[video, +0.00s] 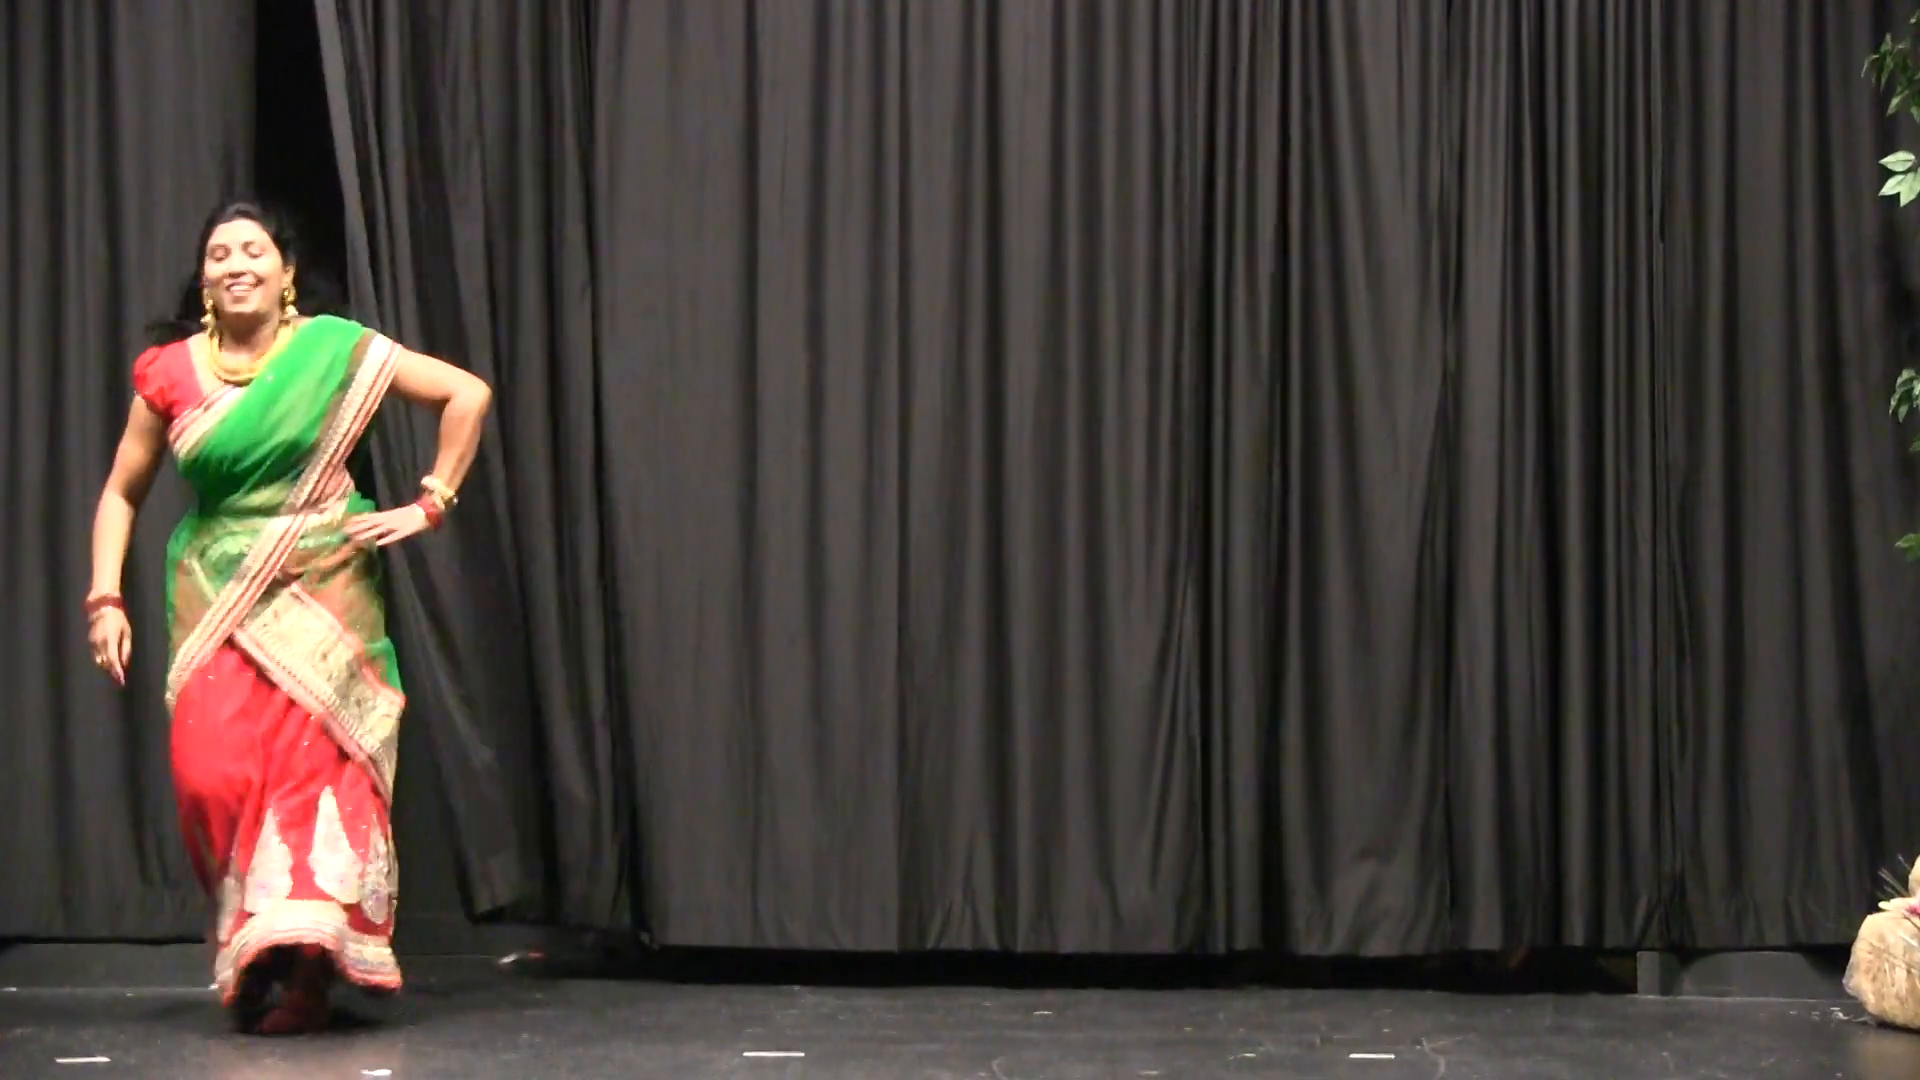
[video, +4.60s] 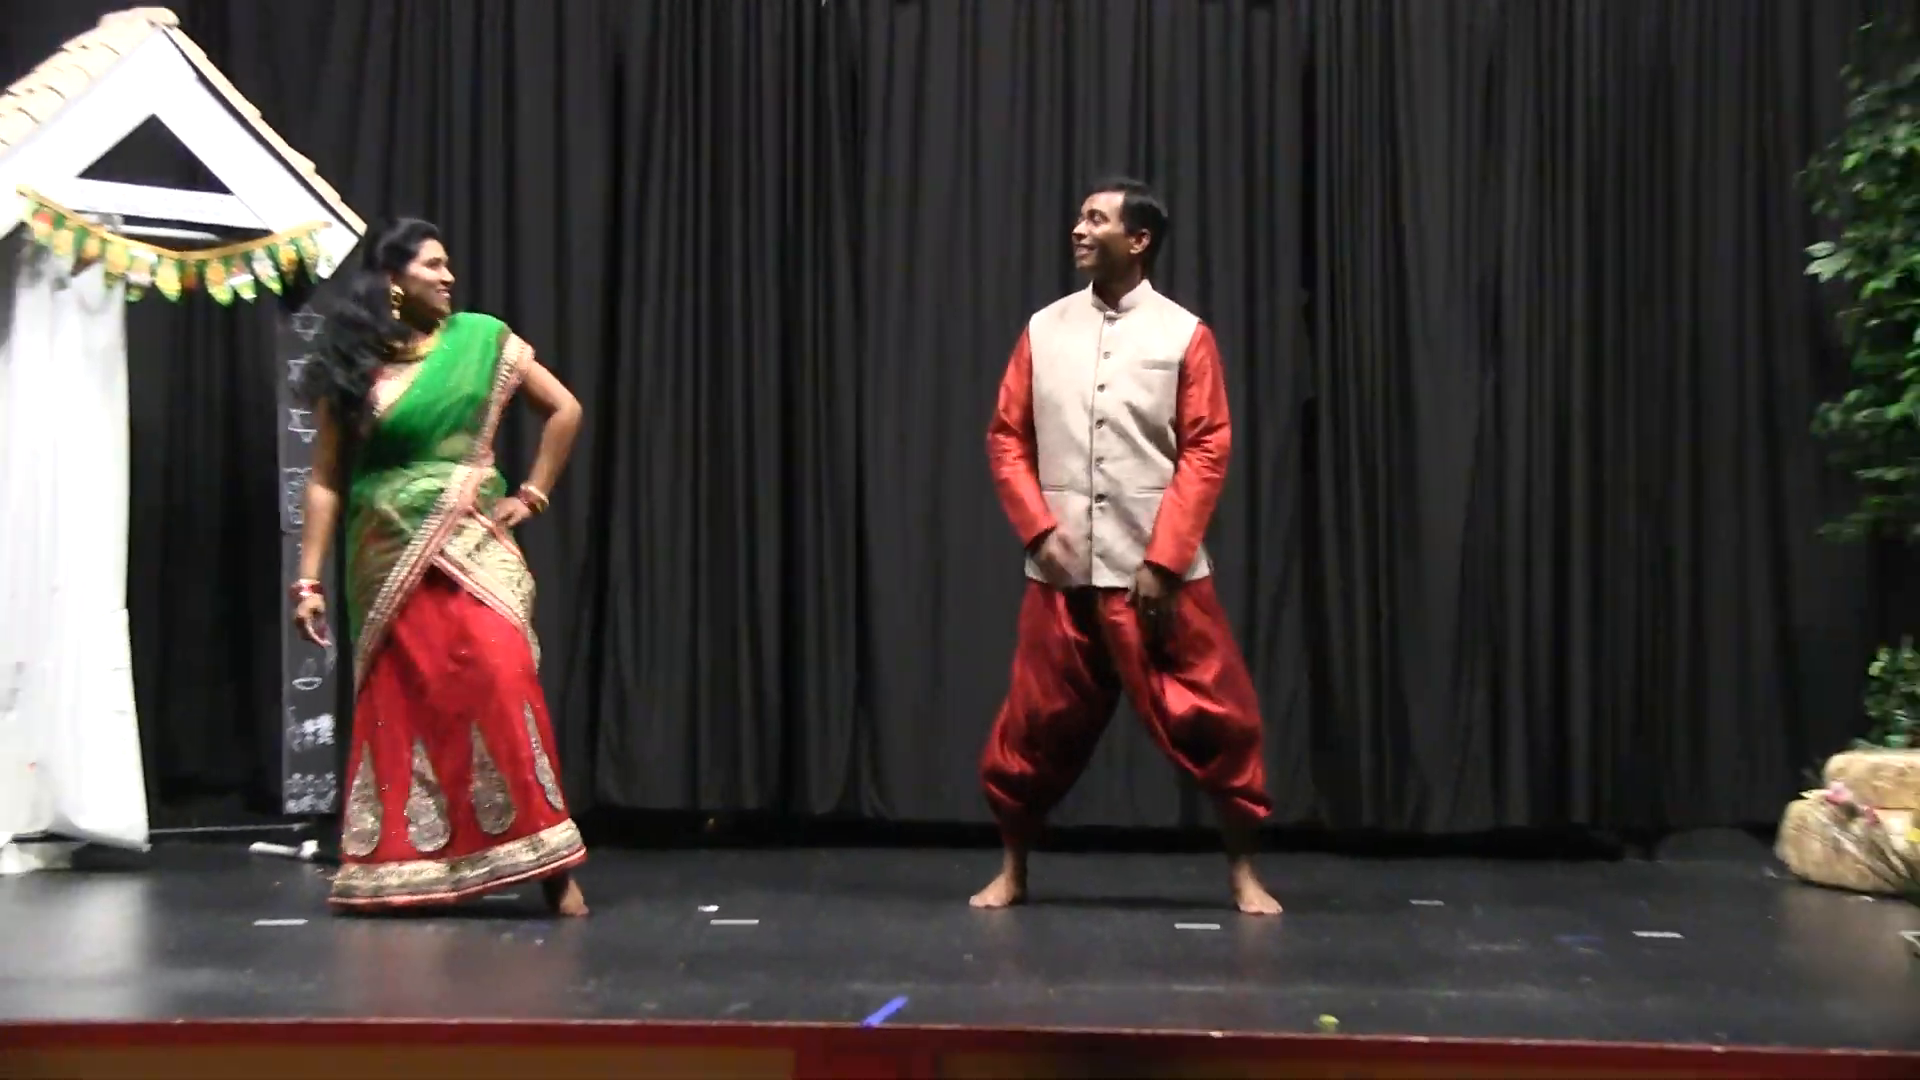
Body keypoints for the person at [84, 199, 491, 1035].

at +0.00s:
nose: (237, 264)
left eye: (254, 251)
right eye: (222, 253)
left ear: (286, 271)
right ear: (201, 278)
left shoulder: (335, 345)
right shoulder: (172, 371)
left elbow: (468, 392)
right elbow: (121, 491)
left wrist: (434, 500)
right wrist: (105, 597)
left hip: (324, 574)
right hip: (218, 580)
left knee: (313, 762)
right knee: (210, 773)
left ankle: (301, 963)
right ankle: (255, 944)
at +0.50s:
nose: (128, 281)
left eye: (143, 263)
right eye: (108, 266)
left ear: (175, 257)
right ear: (80, 267)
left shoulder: (224, 318)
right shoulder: (49, 352)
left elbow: (359, 391)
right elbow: (18, 488)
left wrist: (315, 499)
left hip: (215, 574)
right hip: (102, 581)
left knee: (192, 772)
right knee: (101, 776)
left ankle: (187, 988)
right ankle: (126, 1011)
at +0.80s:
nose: (44, 233)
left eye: (63, 214)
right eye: (25, 217)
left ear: (98, 221)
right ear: (2, 229)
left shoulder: (149, 302)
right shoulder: (4, 319)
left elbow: (280, 390)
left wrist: (230, 503)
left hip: (129, 567)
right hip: (23, 575)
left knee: (125, 778)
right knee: (27, 781)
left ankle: (123, 1005)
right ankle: (31, 1004)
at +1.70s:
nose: (92, 173)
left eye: (109, 159)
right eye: (71, 158)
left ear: (133, 183)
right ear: (35, 183)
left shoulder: (181, 261)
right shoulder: (11, 309)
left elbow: (325, 329)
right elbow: (1, 465)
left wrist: (282, 446)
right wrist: (0, 601)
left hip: (189, 539)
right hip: (70, 557)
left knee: (210, 757)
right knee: (86, 775)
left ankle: (259, 999)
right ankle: (102, 1012)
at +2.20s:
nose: (244, 190)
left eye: (239, 173)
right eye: (227, 177)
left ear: (215, 187)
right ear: (178, 197)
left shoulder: (265, 259)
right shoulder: (126, 320)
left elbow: (363, 321)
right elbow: (129, 492)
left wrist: (373, 431)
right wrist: (155, 632)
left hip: (331, 541)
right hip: (223, 571)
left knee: (359, 761)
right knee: (228, 784)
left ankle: (376, 1020)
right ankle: (197, 1020)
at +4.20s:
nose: (325, 219)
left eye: (325, 206)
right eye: (306, 206)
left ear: (322, 217)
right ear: (256, 223)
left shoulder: (375, 295)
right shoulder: (210, 330)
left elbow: (477, 383)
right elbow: (191, 472)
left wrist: (444, 490)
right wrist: (192, 598)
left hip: (374, 542)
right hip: (263, 555)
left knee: (410, 719)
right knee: (278, 747)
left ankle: (463, 949)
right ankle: (294, 964)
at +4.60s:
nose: (448, 276)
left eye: (449, 265)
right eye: (432, 265)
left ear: (448, 276)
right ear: (391, 278)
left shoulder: (484, 339)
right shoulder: (352, 363)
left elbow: (566, 409)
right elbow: (325, 477)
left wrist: (532, 493)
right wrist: (310, 576)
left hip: (471, 541)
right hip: (385, 551)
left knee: (503, 683)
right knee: (398, 701)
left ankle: (553, 862)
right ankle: (406, 873)